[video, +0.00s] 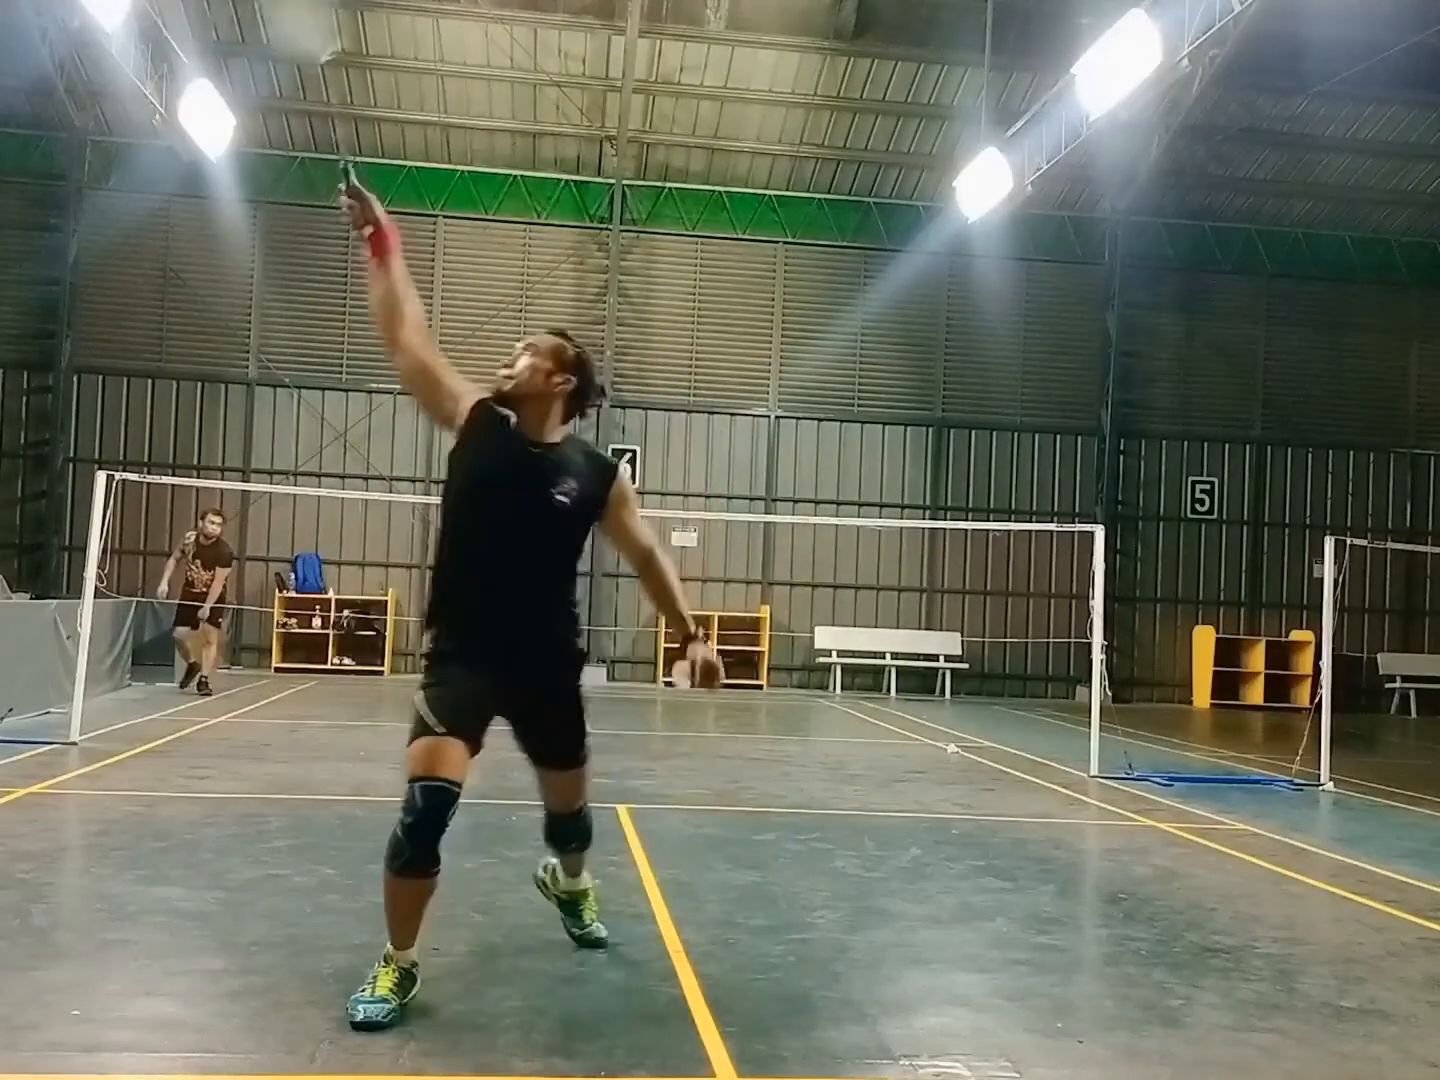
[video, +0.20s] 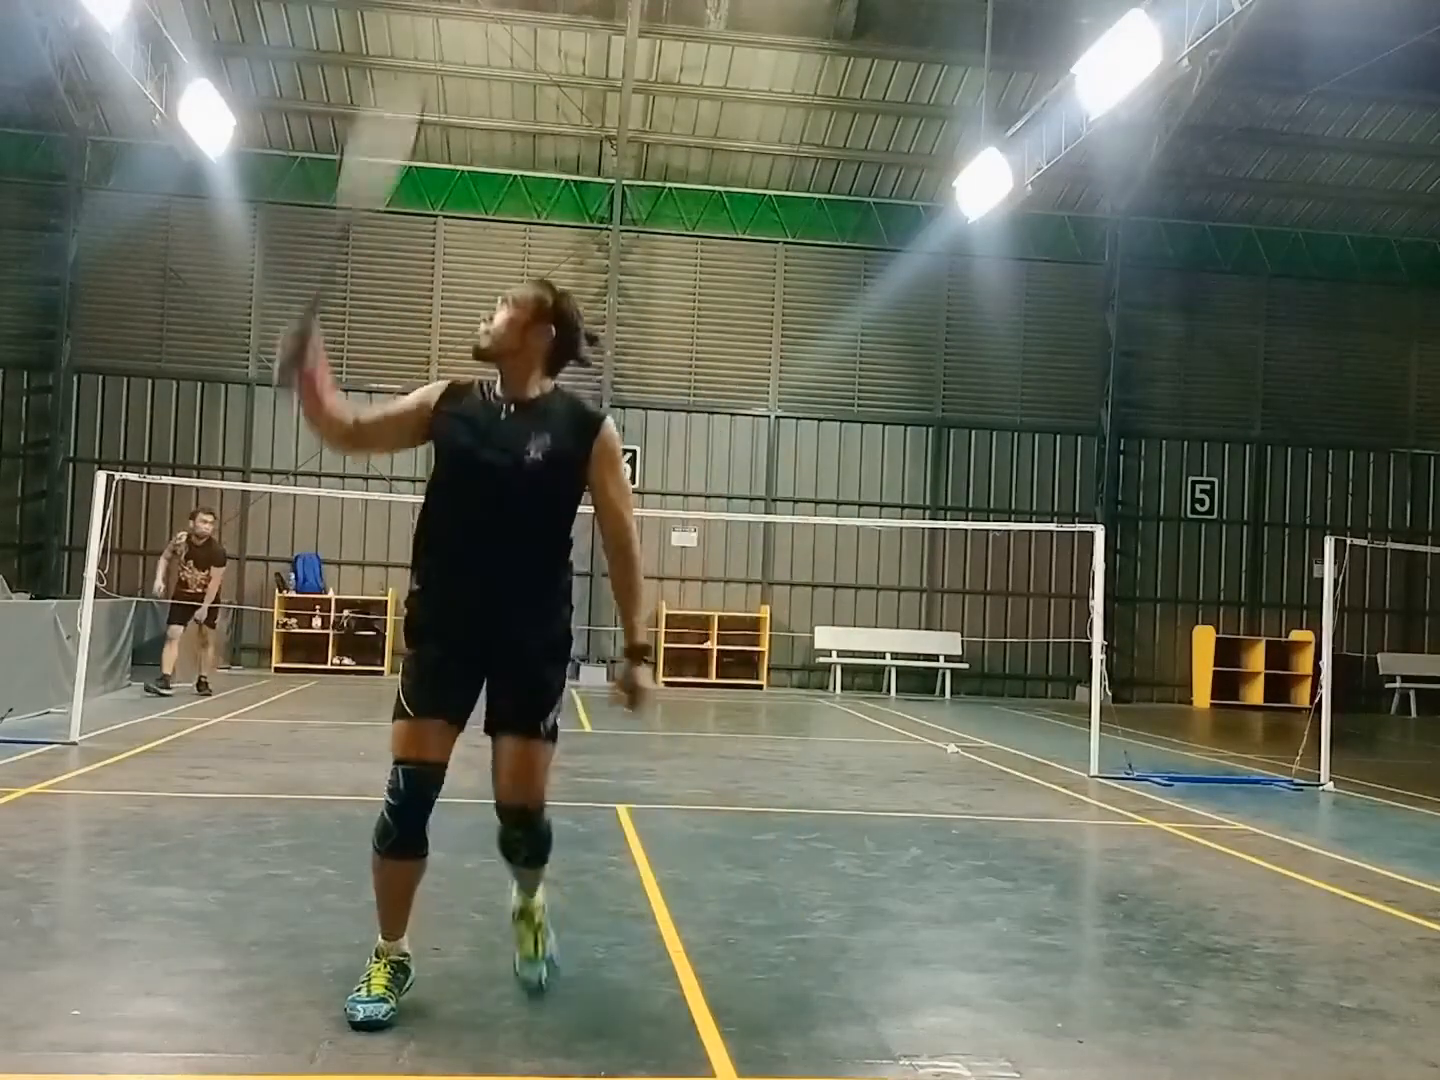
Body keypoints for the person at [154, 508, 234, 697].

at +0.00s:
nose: (214, 528)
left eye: (219, 525)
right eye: (211, 523)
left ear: (222, 528)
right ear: (201, 523)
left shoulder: (224, 552)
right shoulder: (190, 539)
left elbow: (218, 582)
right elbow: (174, 559)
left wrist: (208, 605)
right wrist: (164, 582)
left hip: (213, 596)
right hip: (190, 593)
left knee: (209, 635)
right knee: (179, 633)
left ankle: (204, 678)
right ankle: (192, 664)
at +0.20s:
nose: (206, 526)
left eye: (210, 523)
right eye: (202, 522)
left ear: (214, 527)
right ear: (192, 523)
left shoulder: (217, 551)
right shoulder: (180, 540)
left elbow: (215, 581)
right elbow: (165, 558)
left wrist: (205, 606)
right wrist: (159, 579)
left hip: (206, 597)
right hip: (182, 595)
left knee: (205, 639)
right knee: (172, 634)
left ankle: (203, 679)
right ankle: (165, 678)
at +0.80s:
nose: (176, 516)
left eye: (178, 512)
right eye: (171, 512)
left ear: (179, 516)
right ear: (157, 515)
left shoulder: (186, 541)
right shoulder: (143, 538)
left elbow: (197, 569)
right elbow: (127, 564)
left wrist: (198, 599)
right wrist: (121, 587)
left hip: (177, 597)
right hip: (151, 596)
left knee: (170, 639)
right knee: (155, 641)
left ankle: (165, 684)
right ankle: (158, 682)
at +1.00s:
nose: (176, 515)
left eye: (178, 512)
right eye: (172, 511)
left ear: (179, 515)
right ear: (157, 513)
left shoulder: (184, 541)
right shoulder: (141, 536)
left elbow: (191, 571)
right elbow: (126, 566)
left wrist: (189, 600)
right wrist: (119, 594)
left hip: (172, 598)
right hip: (146, 597)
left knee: (164, 640)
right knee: (150, 642)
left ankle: (158, 686)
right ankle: (151, 676)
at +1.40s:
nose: (150, 512)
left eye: (153, 509)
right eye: (145, 508)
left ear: (158, 513)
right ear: (134, 512)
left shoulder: (168, 539)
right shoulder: (124, 537)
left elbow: (183, 567)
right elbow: (115, 567)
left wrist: (188, 595)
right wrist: (110, 595)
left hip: (159, 601)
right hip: (129, 599)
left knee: (159, 644)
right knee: (121, 641)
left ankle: (157, 687)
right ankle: (112, 689)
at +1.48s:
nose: (143, 512)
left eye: (147, 508)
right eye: (138, 507)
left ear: (152, 512)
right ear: (128, 511)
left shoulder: (163, 538)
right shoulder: (118, 537)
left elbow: (178, 567)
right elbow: (110, 567)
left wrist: (184, 595)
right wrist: (105, 595)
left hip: (154, 601)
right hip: (123, 599)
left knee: (157, 645)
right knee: (116, 642)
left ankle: (156, 686)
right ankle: (111, 691)